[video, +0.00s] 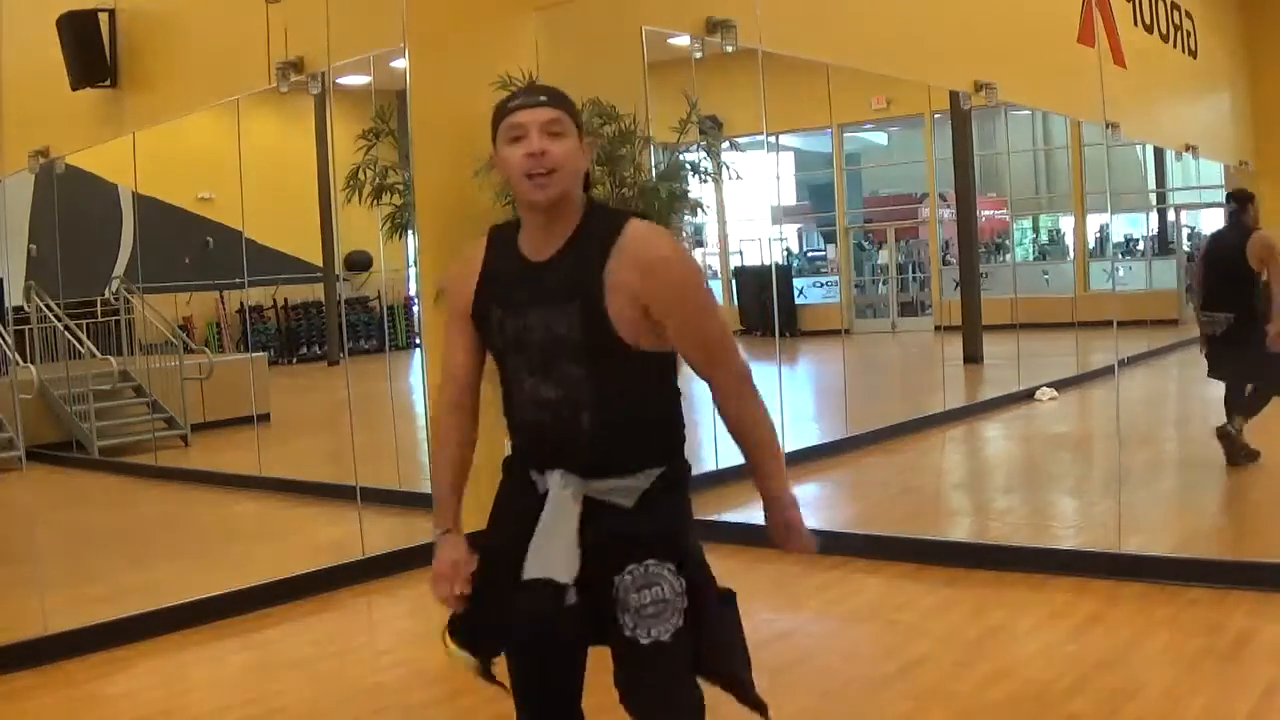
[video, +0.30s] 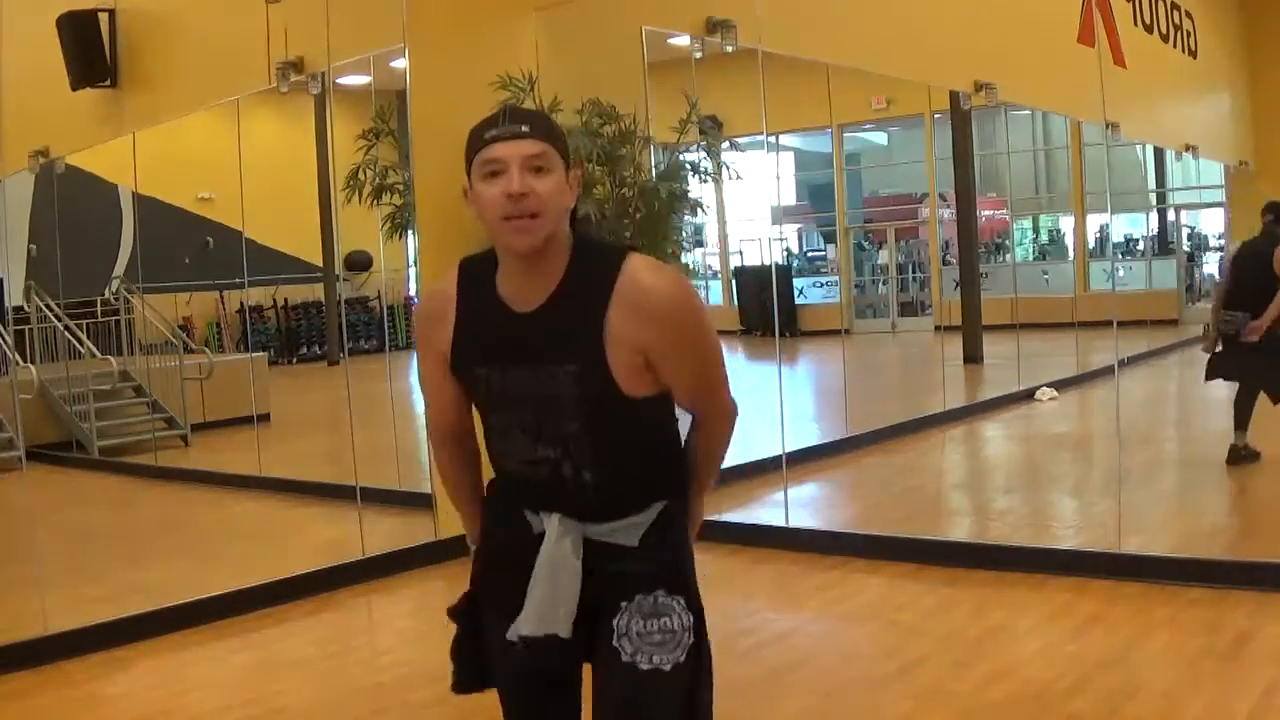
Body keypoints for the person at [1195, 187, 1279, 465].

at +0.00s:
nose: (1257, 214)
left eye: (1255, 208)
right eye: (1256, 209)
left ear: (1230, 210)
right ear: (1249, 208)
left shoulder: (1212, 241)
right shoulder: (1262, 242)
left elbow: (1202, 289)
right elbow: (1274, 288)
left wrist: (1203, 332)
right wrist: (1274, 323)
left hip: (1217, 324)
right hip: (1248, 324)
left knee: (1234, 380)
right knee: (1271, 379)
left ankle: (1236, 446)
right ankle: (1235, 424)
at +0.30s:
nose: (1275, 226)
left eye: (1271, 219)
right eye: (1277, 221)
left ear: (1264, 220)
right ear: (1278, 223)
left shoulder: (1244, 249)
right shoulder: (1276, 251)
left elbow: (1225, 291)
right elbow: (1279, 293)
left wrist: (1214, 328)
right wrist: (1263, 322)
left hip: (1241, 331)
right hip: (1267, 333)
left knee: (1248, 385)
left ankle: (1238, 443)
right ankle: (1238, 443)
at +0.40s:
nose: (1278, 221)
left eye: (1277, 218)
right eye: (1279, 218)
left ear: (1275, 221)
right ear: (1277, 221)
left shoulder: (1258, 252)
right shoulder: (1266, 252)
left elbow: (1241, 296)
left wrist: (1228, 328)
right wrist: (1277, 331)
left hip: (1250, 334)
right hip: (1270, 337)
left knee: (1254, 387)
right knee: (1255, 388)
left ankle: (1239, 443)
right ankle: (1239, 443)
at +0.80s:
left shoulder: (1274, 284)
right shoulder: (1274, 284)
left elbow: (1271, 307)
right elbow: (1272, 307)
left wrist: (1267, 333)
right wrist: (1267, 333)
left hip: (1273, 329)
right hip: (1274, 329)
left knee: (1274, 381)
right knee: (1275, 381)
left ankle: (1247, 433)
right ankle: (1246, 434)